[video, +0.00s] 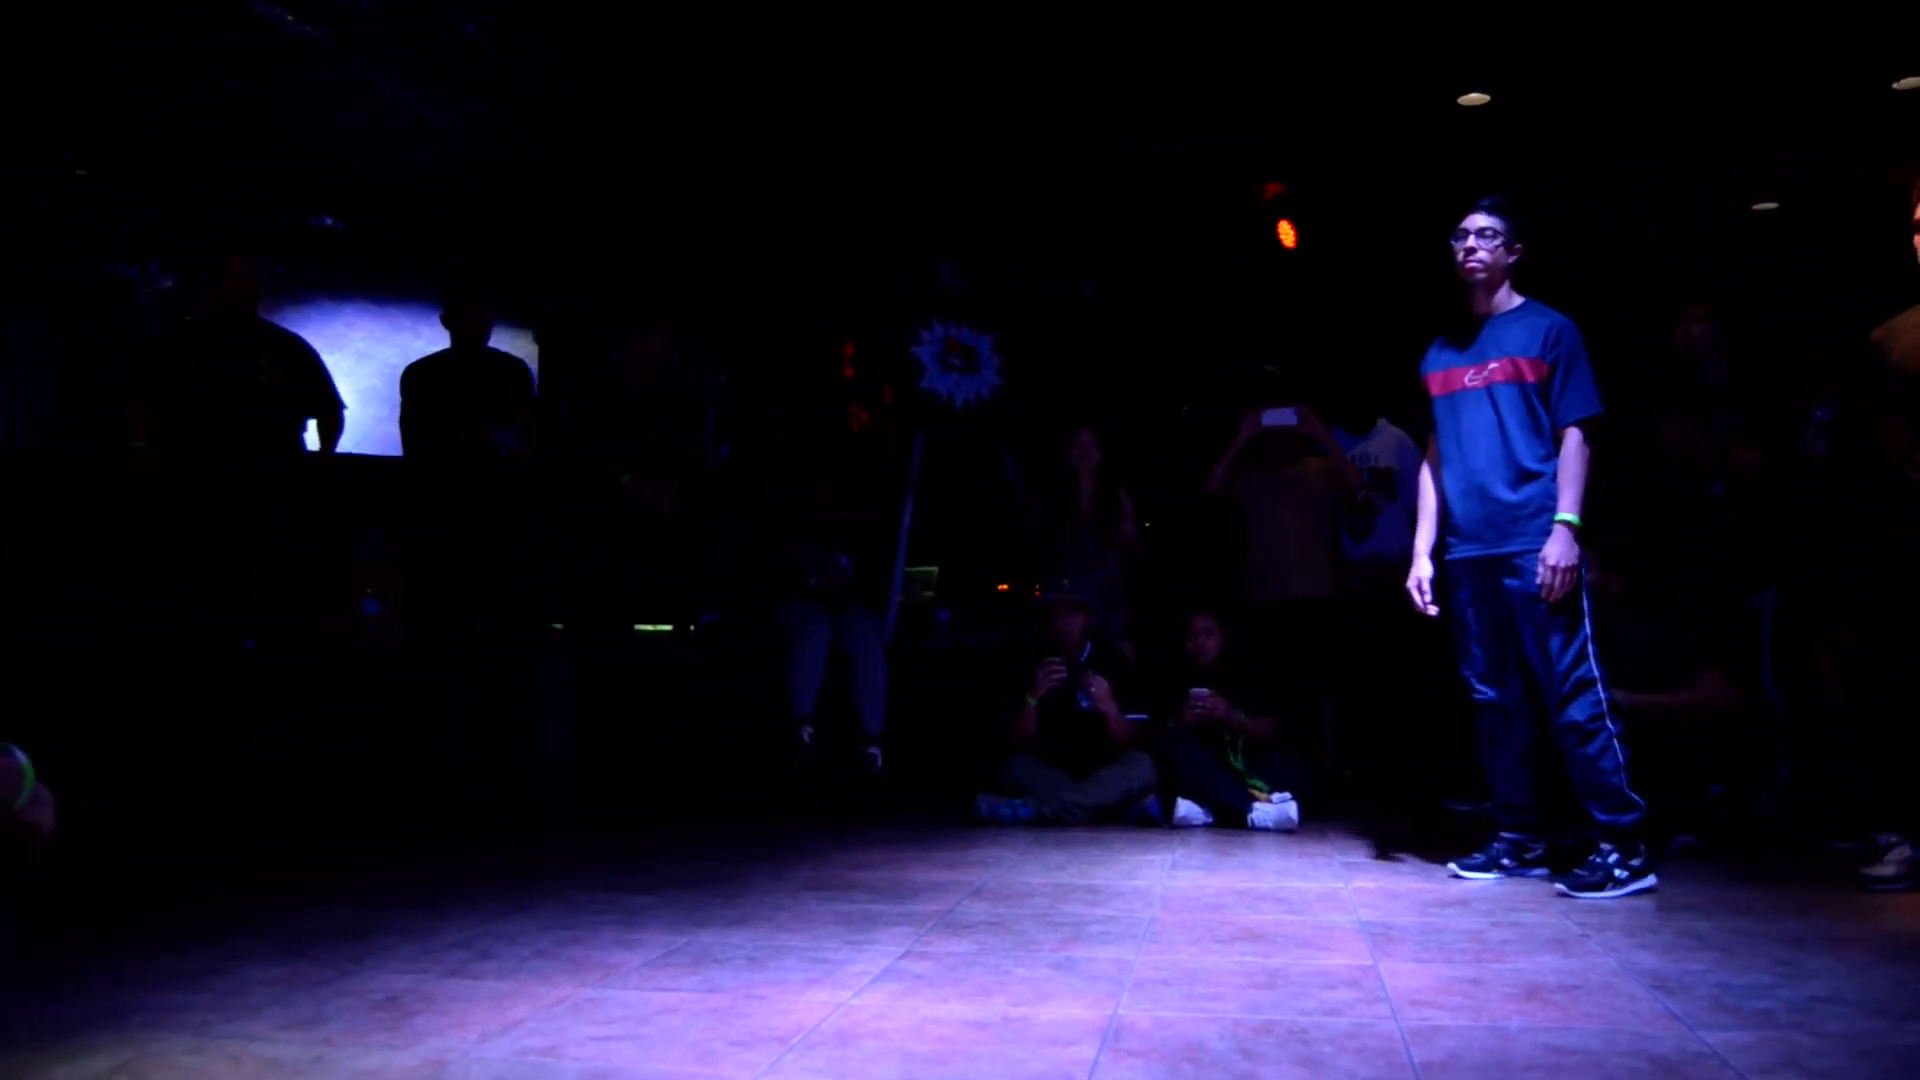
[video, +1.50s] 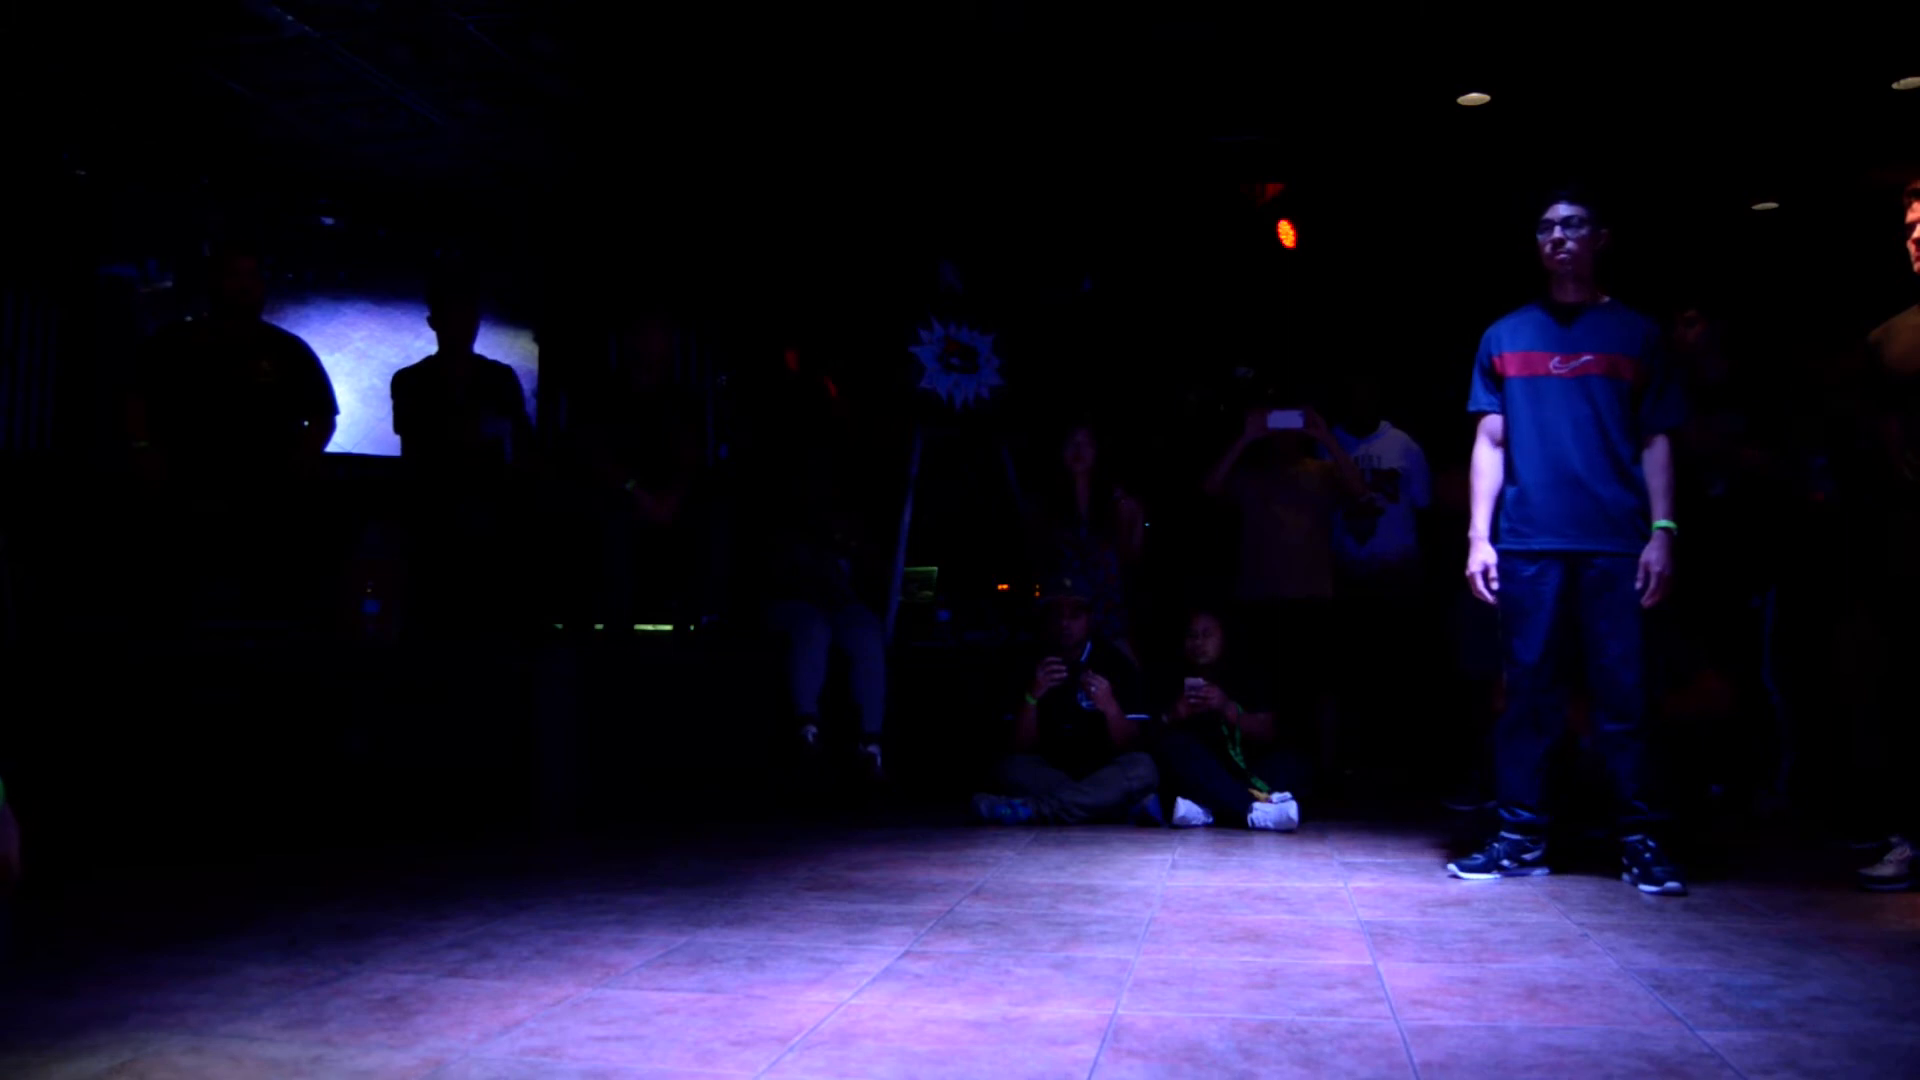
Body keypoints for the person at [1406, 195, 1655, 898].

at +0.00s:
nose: (1468, 248)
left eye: (1483, 238)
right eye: (1461, 239)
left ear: (1513, 252)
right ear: (1452, 254)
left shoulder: (1548, 332)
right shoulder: (1440, 356)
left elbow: (1575, 436)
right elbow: (1434, 459)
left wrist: (1565, 530)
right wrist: (1422, 551)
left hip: (1534, 543)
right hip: (1464, 551)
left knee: (1572, 697)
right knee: (1495, 699)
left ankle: (1623, 846)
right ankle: (1518, 838)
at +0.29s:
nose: (1461, 251)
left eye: (1475, 240)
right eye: (1453, 242)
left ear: (1504, 254)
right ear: (1444, 259)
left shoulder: (1546, 335)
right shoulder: (1429, 357)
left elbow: (1574, 437)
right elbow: (1421, 460)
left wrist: (1578, 527)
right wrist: (1413, 556)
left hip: (1540, 543)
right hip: (1465, 553)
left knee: (1581, 693)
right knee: (1492, 698)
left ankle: (1616, 841)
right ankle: (1517, 836)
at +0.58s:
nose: (1476, 252)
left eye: (1489, 241)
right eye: (1467, 243)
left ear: (1516, 254)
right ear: (1456, 259)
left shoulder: (1555, 336)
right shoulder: (1436, 354)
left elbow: (1582, 439)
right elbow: (1422, 455)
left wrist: (1586, 530)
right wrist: (1405, 547)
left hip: (1549, 541)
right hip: (1472, 549)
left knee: (1598, 688)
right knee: (1498, 695)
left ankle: (1638, 838)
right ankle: (1519, 838)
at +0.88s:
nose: (1504, 248)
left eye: (1517, 237)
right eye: (1495, 239)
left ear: (1543, 250)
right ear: (1483, 255)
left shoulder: (1583, 337)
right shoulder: (1458, 349)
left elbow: (1605, 440)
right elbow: (1444, 451)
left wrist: (1610, 531)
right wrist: (1431, 547)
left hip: (1569, 542)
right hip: (1487, 547)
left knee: (1601, 692)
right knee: (1505, 695)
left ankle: (1641, 842)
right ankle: (1519, 837)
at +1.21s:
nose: (1535, 242)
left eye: (1548, 231)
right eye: (1525, 232)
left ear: (1574, 244)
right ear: (1512, 248)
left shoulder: (1611, 334)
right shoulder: (1482, 342)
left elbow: (1633, 440)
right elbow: (1472, 446)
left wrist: (1642, 531)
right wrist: (1468, 543)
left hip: (1595, 540)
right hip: (1513, 541)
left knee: (1608, 690)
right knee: (1519, 692)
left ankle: (1638, 840)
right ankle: (1519, 836)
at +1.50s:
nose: (1559, 239)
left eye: (1572, 228)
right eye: (1548, 230)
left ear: (1600, 240)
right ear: (1537, 245)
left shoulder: (1635, 333)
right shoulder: (1505, 336)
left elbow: (1655, 440)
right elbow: (1489, 440)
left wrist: (1662, 531)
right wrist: (1479, 536)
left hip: (1614, 542)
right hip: (1528, 543)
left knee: (1622, 694)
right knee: (1527, 691)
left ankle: (1639, 841)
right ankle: (1520, 836)